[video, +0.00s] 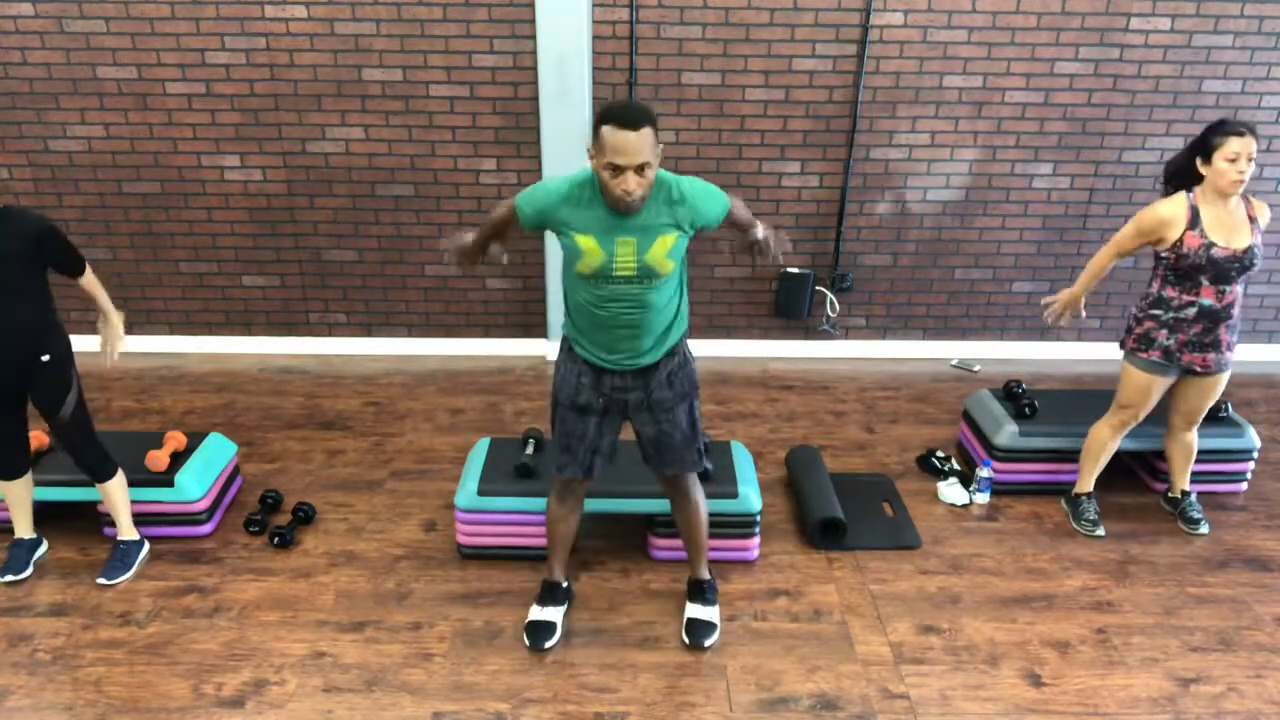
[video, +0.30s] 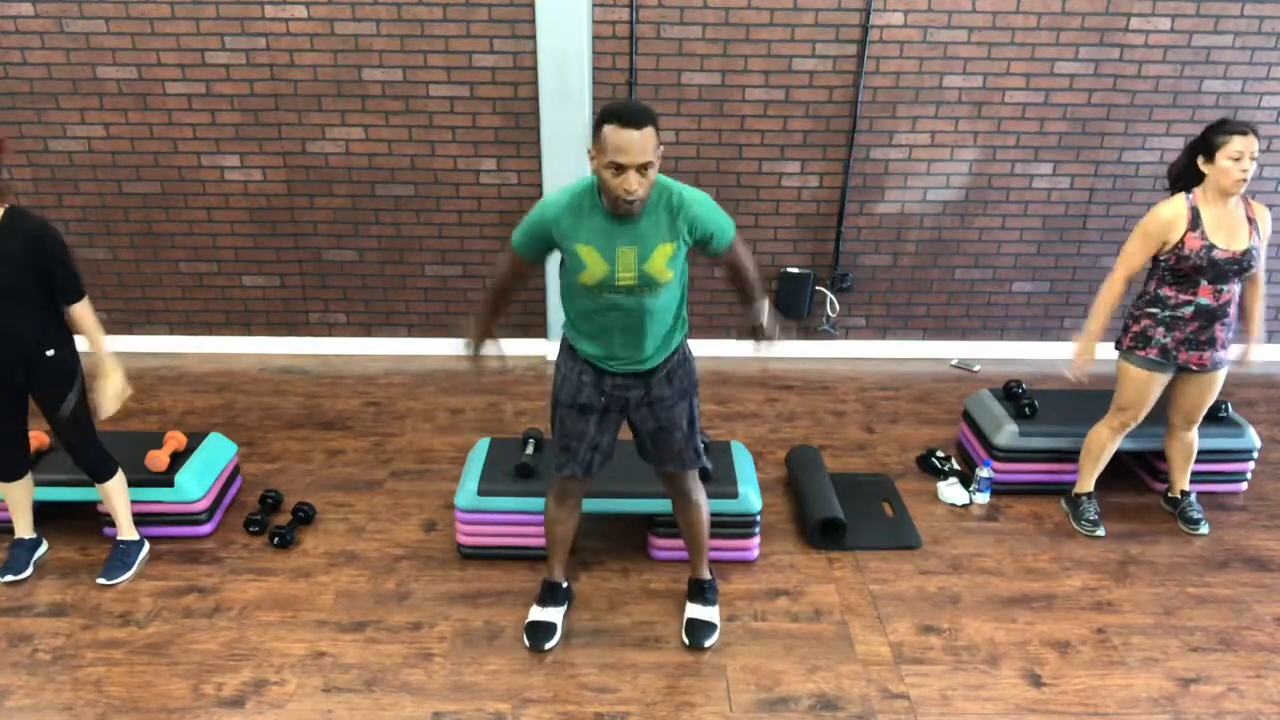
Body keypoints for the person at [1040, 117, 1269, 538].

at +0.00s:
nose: (1244, 169)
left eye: (1249, 161)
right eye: (1234, 159)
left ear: (1254, 165)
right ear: (1204, 164)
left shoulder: (1256, 213)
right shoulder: (1171, 213)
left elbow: (1226, 265)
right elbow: (1112, 250)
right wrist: (1075, 293)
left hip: (1215, 340)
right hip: (1161, 334)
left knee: (1187, 425)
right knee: (1123, 416)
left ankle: (1180, 494)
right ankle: (1081, 493)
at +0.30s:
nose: (1247, 167)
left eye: (1252, 159)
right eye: (1236, 158)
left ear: (1256, 164)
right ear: (1205, 163)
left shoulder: (1256, 217)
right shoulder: (1172, 213)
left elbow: (1254, 281)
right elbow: (1121, 275)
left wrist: (1252, 338)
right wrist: (1089, 337)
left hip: (1211, 338)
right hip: (1157, 333)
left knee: (1187, 424)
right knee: (1122, 418)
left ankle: (1180, 494)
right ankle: (1081, 493)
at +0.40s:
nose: (1250, 166)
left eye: (1254, 158)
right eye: (1239, 157)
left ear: (1258, 163)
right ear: (1207, 162)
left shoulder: (1258, 216)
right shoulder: (1173, 211)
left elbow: (1268, 282)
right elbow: (1129, 278)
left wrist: (1279, 322)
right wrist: (1139, 340)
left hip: (1205, 338)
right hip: (1153, 332)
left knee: (1187, 423)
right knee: (1121, 419)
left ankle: (1179, 494)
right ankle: (1081, 493)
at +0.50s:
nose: (1252, 172)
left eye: (1256, 163)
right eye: (1241, 163)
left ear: (1260, 167)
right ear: (1208, 170)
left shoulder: (1262, 220)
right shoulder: (1177, 214)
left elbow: (1275, 286)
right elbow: (1141, 284)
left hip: (1198, 330)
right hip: (1145, 323)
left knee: (1192, 421)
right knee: (1119, 418)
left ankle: (1179, 494)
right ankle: (1080, 493)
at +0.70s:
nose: (1250, 218)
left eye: (1253, 208)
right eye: (1238, 208)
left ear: (1258, 214)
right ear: (1206, 218)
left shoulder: (1258, 256)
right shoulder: (1175, 251)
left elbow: (1277, 303)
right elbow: (1169, 325)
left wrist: (1267, 277)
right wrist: (1234, 289)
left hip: (1178, 337)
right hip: (1124, 328)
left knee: (1201, 422)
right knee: (1114, 420)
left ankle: (1179, 493)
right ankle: (1079, 493)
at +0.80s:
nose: (1242, 248)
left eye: (1247, 238)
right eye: (1230, 239)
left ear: (1252, 244)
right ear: (1198, 246)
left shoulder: (1250, 282)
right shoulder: (1169, 276)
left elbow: (1277, 337)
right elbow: (1169, 348)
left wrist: (1269, 300)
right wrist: (1233, 304)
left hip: (1175, 351)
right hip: (1116, 343)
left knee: (1207, 428)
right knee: (1115, 426)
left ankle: (1179, 493)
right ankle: (1080, 494)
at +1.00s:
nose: (1228, 293)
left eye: (1233, 283)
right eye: (1218, 284)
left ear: (1239, 285)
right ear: (1188, 288)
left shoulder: (1238, 322)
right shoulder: (1159, 315)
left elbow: (1269, 383)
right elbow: (1159, 388)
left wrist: (1274, 351)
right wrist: (1221, 344)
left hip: (1166, 373)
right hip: (1109, 368)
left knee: (1214, 437)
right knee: (1119, 435)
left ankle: (1179, 494)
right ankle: (1080, 495)